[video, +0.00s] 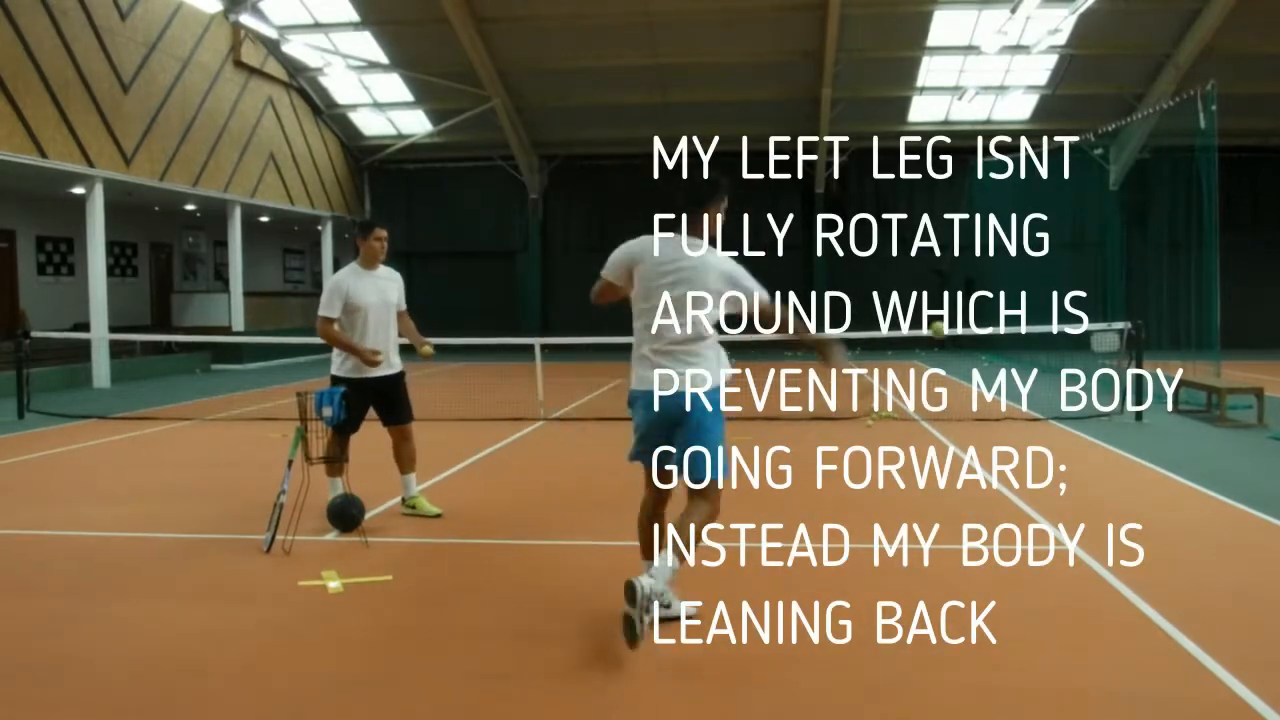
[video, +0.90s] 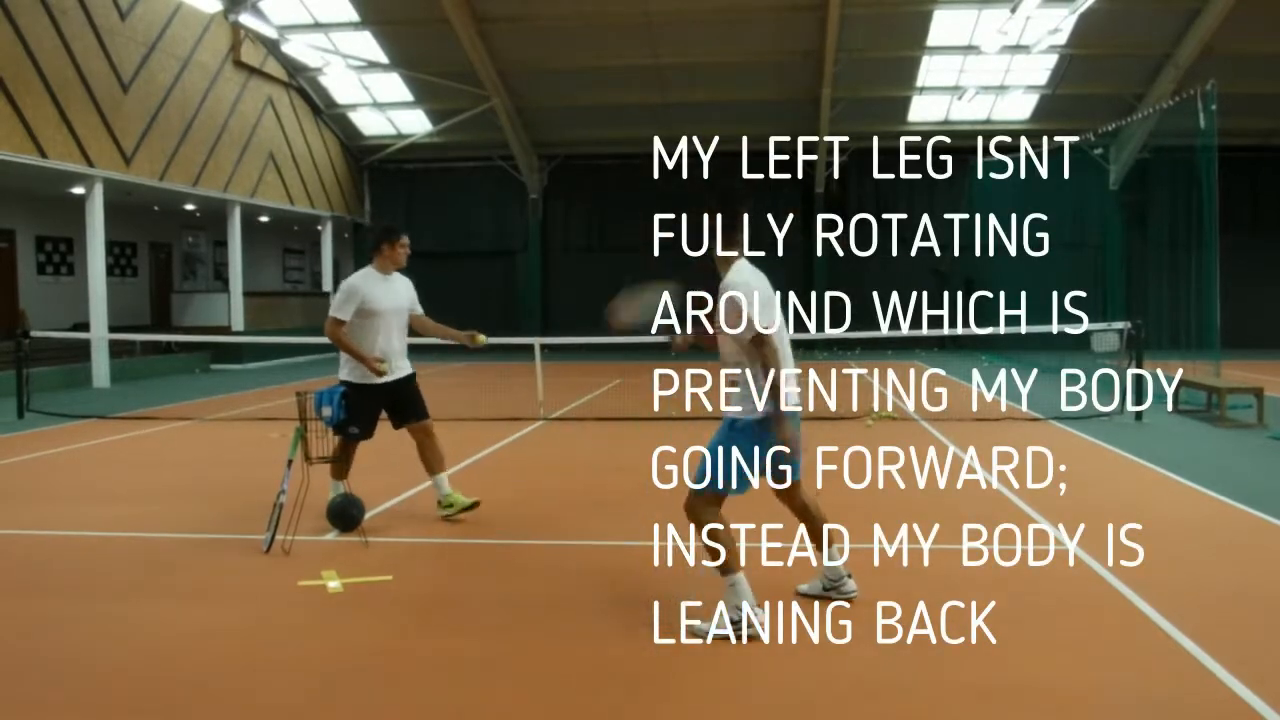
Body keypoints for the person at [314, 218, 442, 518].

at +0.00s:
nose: (383, 245)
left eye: (386, 240)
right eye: (378, 240)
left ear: (387, 244)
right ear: (360, 243)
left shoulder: (393, 278)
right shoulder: (341, 281)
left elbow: (401, 316)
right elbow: (324, 328)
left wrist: (418, 341)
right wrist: (359, 351)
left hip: (389, 373)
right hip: (351, 376)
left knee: (403, 432)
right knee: (340, 436)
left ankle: (411, 495)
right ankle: (337, 497)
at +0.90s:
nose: (408, 252)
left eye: (408, 247)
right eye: (403, 247)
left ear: (395, 250)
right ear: (384, 249)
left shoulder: (404, 284)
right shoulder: (355, 284)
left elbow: (419, 322)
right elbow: (332, 330)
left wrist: (460, 336)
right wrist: (365, 359)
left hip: (400, 377)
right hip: (361, 381)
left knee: (423, 430)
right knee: (348, 441)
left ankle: (446, 496)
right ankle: (337, 497)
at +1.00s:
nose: (420, 257)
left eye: (422, 252)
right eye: (414, 252)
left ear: (421, 256)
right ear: (396, 254)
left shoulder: (423, 291)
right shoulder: (369, 288)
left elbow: (438, 331)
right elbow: (343, 330)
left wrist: (475, 356)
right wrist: (369, 361)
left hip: (408, 382)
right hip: (367, 383)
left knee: (430, 436)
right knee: (350, 442)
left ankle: (451, 501)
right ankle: (337, 497)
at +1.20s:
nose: (454, 266)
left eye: (457, 260)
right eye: (447, 260)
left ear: (460, 265)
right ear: (431, 262)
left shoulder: (461, 304)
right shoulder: (401, 291)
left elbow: (463, 352)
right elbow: (372, 325)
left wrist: (473, 399)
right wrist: (386, 364)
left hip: (431, 380)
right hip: (390, 379)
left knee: (452, 433)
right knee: (364, 437)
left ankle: (455, 503)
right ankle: (340, 490)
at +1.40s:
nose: (467, 260)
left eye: (469, 255)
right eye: (460, 254)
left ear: (472, 260)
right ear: (444, 257)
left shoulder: (475, 301)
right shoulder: (415, 286)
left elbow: (483, 347)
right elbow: (389, 322)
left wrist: (492, 392)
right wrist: (403, 358)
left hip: (445, 376)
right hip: (404, 374)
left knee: (459, 433)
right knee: (380, 434)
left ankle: (456, 503)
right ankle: (359, 495)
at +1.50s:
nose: (465, 257)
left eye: (468, 252)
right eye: (459, 251)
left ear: (471, 259)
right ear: (444, 256)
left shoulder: (475, 296)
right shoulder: (415, 286)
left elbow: (496, 329)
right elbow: (390, 323)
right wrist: (400, 354)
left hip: (448, 376)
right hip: (407, 373)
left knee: (459, 433)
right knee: (386, 434)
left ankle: (456, 503)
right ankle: (367, 494)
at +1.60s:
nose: (462, 255)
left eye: (465, 250)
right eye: (456, 249)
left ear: (468, 257)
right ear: (440, 255)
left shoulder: (473, 291)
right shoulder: (414, 286)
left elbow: (500, 307)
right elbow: (390, 321)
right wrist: (393, 360)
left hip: (448, 378)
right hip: (407, 374)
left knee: (459, 434)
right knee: (382, 436)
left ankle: (456, 503)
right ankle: (365, 493)